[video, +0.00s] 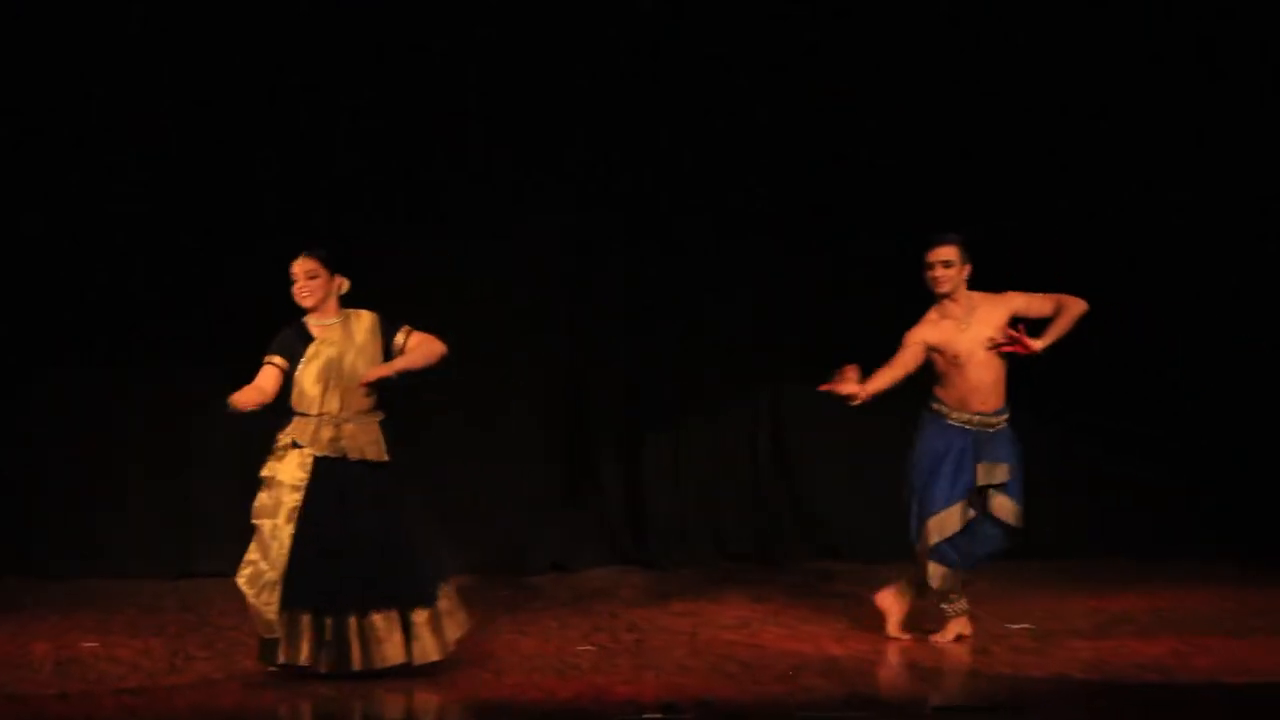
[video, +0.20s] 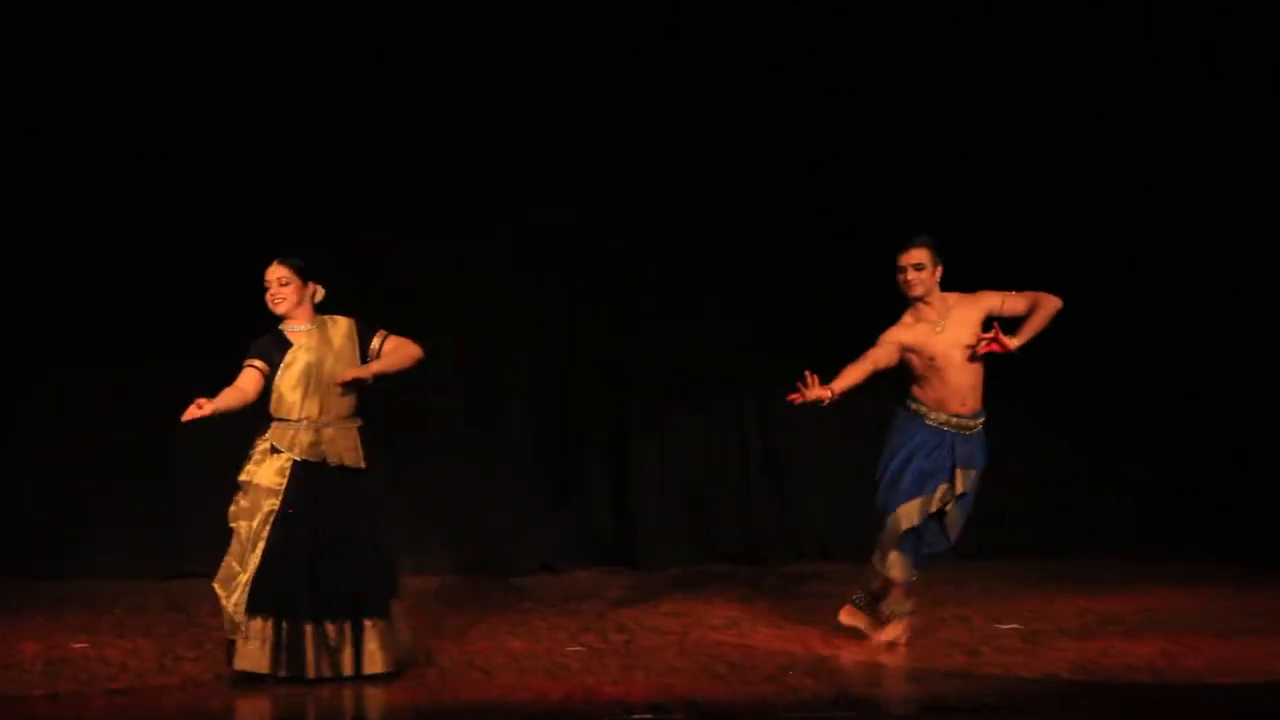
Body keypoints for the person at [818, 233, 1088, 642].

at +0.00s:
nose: (937, 273)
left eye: (946, 265)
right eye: (930, 267)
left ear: (966, 270)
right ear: (924, 274)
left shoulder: (1002, 305)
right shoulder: (926, 332)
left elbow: (1074, 305)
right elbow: (897, 369)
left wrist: (1042, 342)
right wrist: (863, 390)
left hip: (993, 429)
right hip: (946, 427)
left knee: (999, 520)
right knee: (939, 518)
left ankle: (903, 590)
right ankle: (957, 615)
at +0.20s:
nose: (909, 276)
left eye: (918, 268)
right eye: (902, 270)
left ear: (938, 272)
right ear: (898, 278)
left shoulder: (977, 305)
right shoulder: (903, 333)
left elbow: (1049, 302)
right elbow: (866, 364)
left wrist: (1016, 341)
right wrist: (830, 390)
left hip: (968, 432)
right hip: (923, 426)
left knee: (941, 527)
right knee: (905, 514)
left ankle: (867, 600)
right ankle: (896, 614)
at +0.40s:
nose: (926, 277)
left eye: (934, 269)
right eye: (917, 270)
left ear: (949, 275)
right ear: (908, 279)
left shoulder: (983, 319)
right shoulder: (900, 338)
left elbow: (1053, 326)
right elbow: (877, 380)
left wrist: (1020, 353)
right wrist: (845, 374)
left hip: (966, 438)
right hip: (915, 435)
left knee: (1013, 519)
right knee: (893, 524)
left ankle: (928, 571)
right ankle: (890, 626)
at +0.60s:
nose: (952, 254)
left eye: (955, 246)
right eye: (940, 247)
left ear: (962, 256)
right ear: (919, 259)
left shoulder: (979, 307)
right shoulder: (898, 312)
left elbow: (1060, 326)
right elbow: (850, 362)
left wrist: (1034, 299)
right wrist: (891, 349)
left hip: (968, 427)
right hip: (911, 427)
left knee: (1013, 510)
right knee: (877, 519)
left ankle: (992, 621)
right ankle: (858, 624)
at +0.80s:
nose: (1009, 261)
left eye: (1011, 254)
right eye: (997, 254)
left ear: (1013, 266)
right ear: (972, 266)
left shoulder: (1027, 321)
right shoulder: (940, 314)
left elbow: (1094, 298)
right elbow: (875, 338)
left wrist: (1134, 244)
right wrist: (932, 345)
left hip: (1005, 438)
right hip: (951, 442)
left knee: (1025, 528)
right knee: (953, 534)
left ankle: (1006, 622)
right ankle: (1018, 588)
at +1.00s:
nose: (1035, 270)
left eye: (1037, 264)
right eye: (1025, 262)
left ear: (1040, 277)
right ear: (999, 274)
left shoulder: (1047, 329)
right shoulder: (962, 320)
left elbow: (1106, 296)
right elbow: (897, 340)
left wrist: (1168, 258)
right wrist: (954, 356)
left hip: (1027, 441)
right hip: (975, 451)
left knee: (1066, 525)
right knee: (1007, 542)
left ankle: (1033, 609)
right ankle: (1060, 606)